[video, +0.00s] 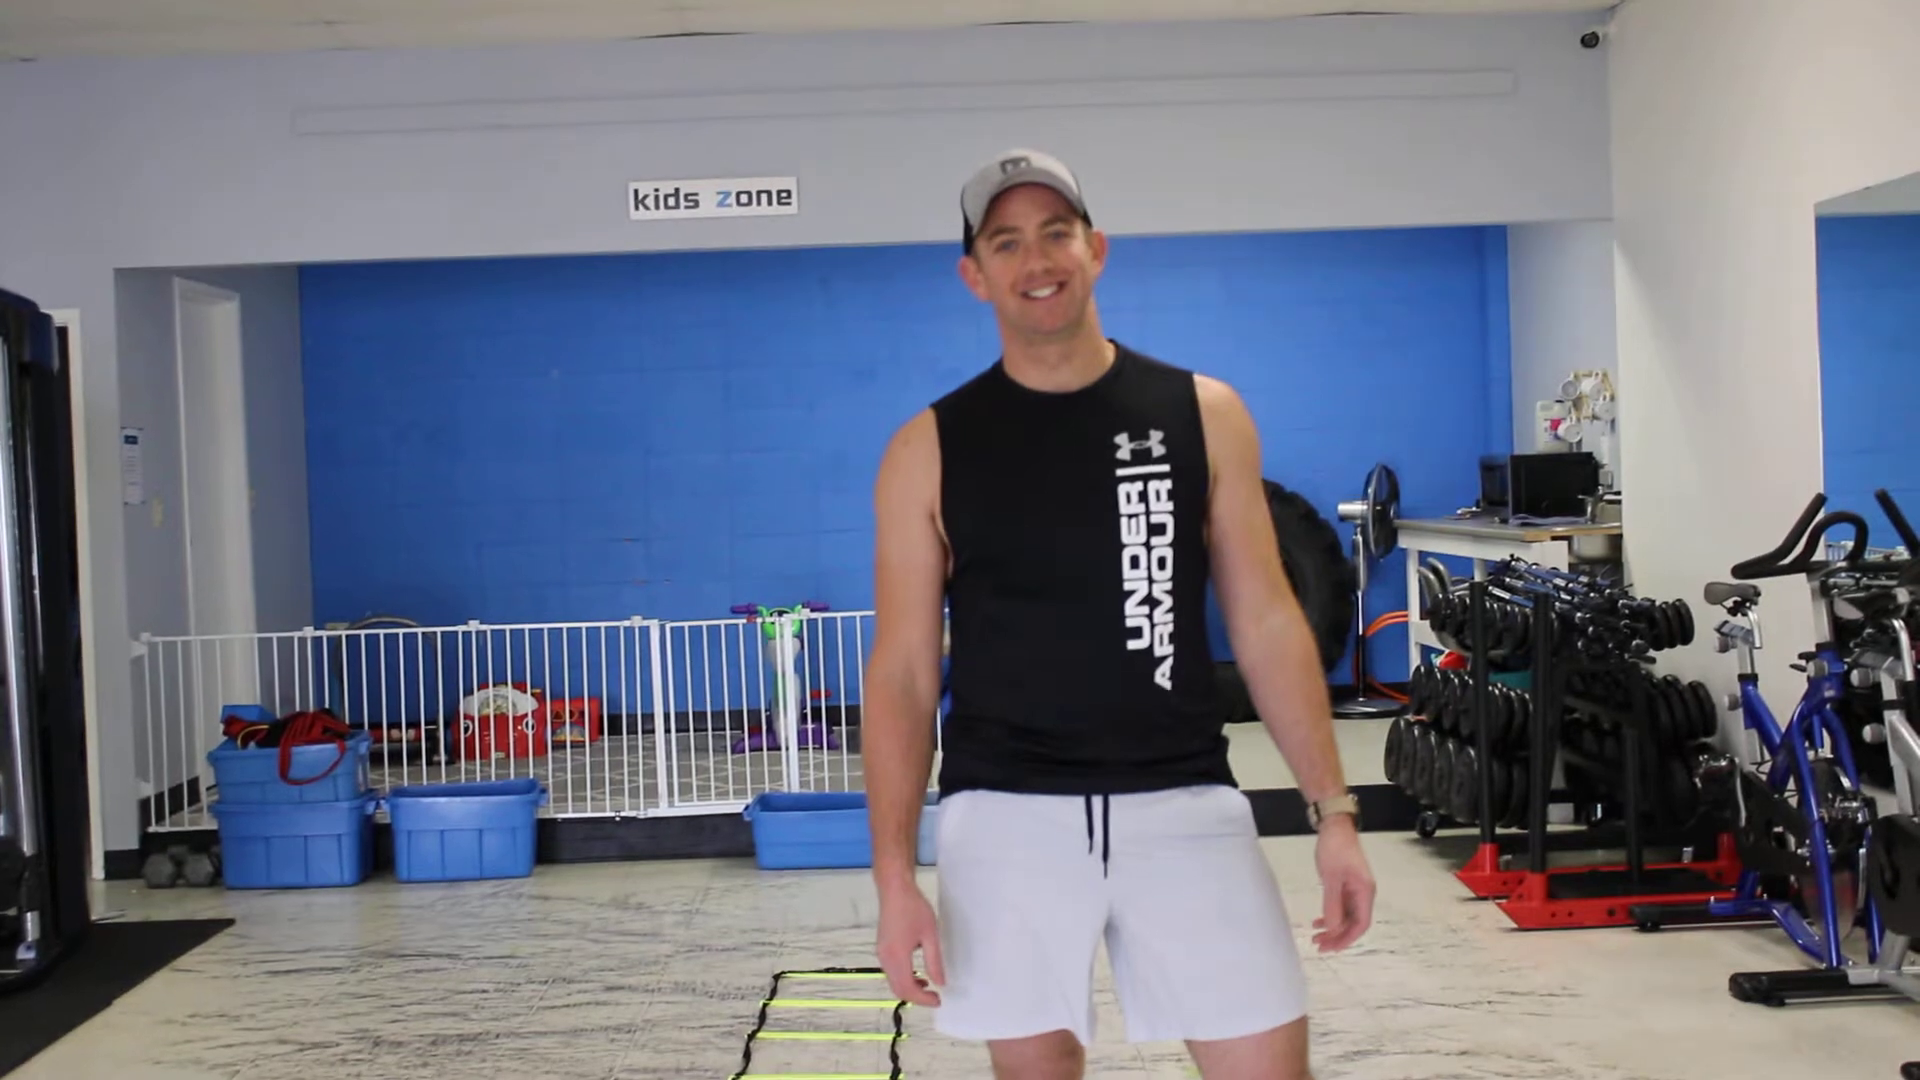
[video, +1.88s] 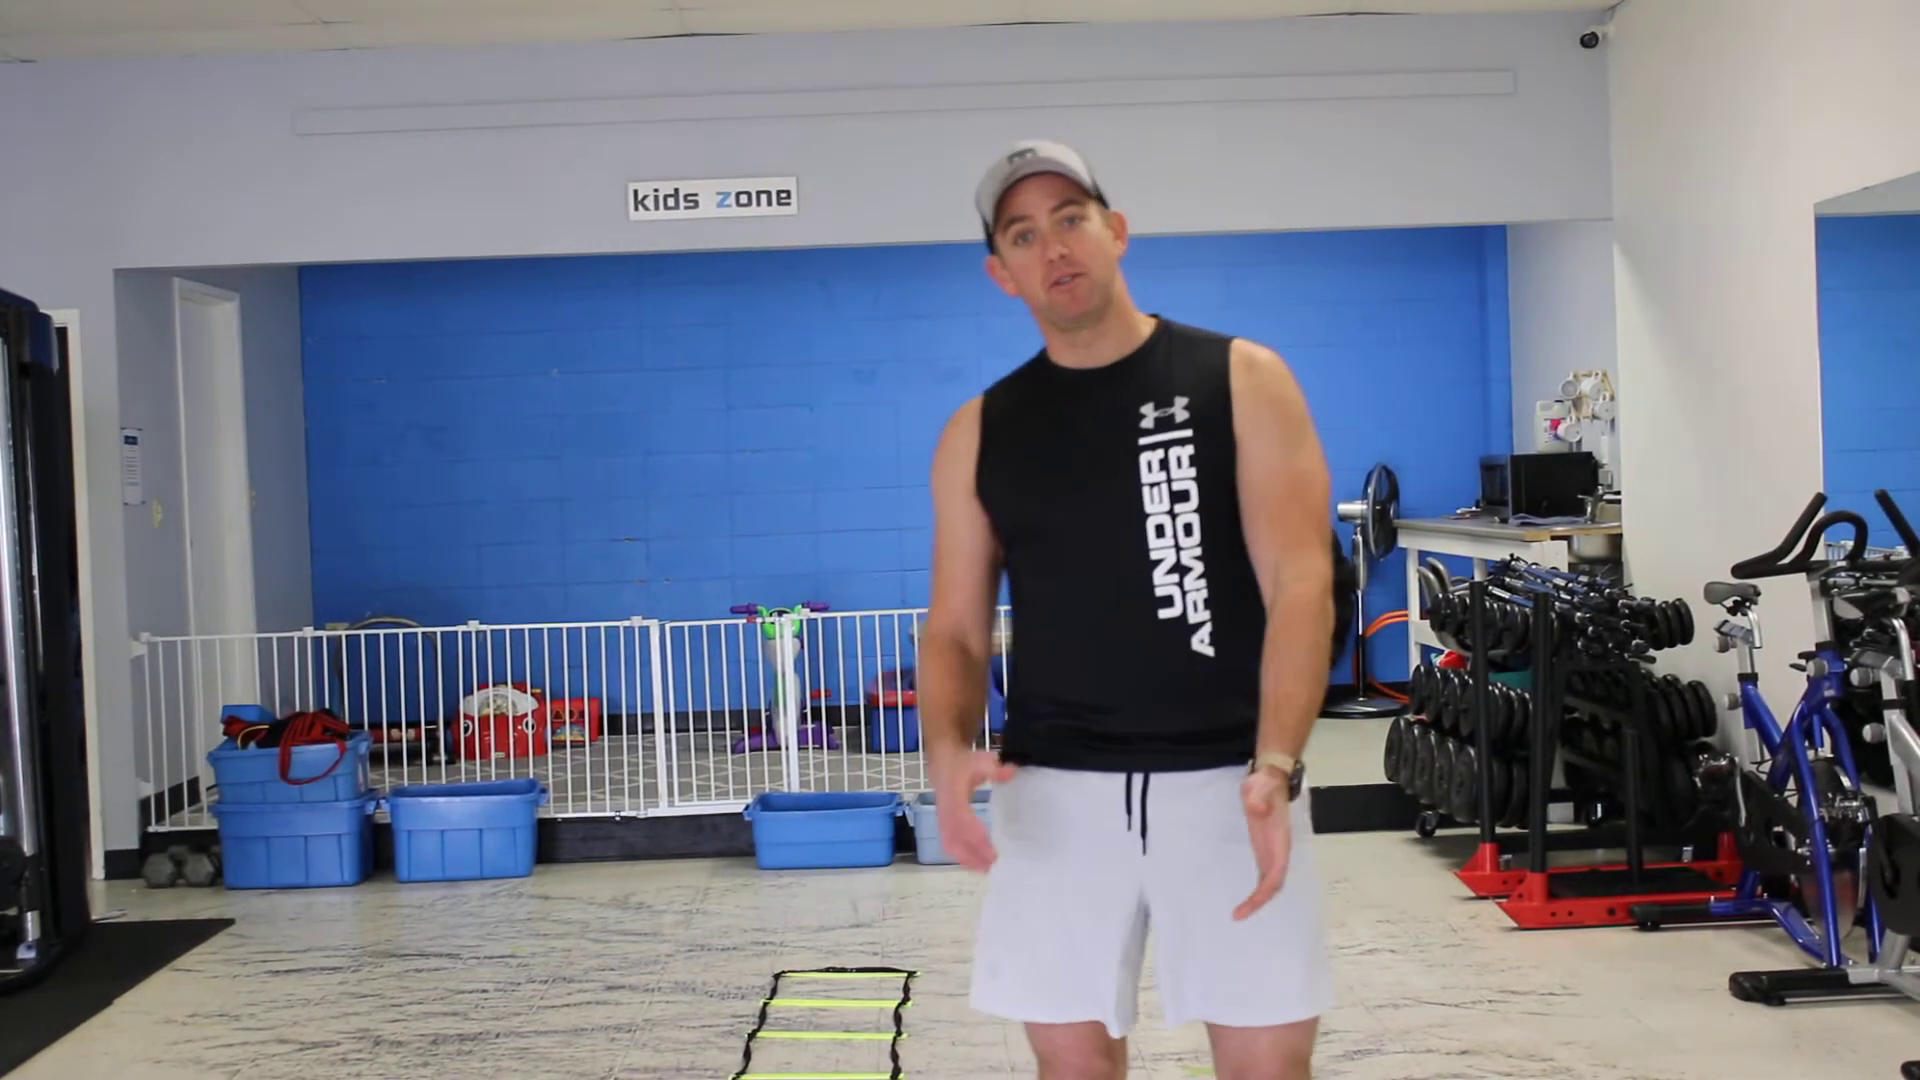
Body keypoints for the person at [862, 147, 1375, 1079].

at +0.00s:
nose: (1038, 256)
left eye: (1058, 231)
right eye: (1008, 241)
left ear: (1097, 250)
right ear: (976, 275)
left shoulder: (1205, 415)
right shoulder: (928, 450)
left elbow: (1265, 622)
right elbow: (902, 678)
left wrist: (1334, 814)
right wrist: (895, 880)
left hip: (1188, 814)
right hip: (1007, 825)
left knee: (1270, 1065)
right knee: (1037, 1066)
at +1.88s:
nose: (1054, 244)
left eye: (1071, 218)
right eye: (1024, 234)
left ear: (1117, 230)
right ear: (1004, 273)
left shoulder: (1242, 382)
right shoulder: (977, 434)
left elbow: (1299, 581)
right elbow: (955, 629)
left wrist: (1277, 761)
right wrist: (948, 746)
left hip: (1233, 795)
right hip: (1053, 806)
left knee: (1266, 1066)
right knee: (1072, 1065)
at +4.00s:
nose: (1020, 265)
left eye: (1038, 236)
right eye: (990, 250)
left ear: (1079, 243)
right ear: (962, 281)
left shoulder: (1201, 391)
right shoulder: (933, 427)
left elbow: (1286, 581)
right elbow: (892, 627)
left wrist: (1224, 661)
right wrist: (795, 779)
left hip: (1196, 789)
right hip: (1019, 806)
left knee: (1284, 1061)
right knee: (1045, 1065)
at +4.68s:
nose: (1035, 253)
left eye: (1057, 228)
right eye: (1006, 235)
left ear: (1094, 250)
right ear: (972, 268)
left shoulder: (1200, 397)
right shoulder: (926, 430)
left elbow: (1273, 572)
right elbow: (860, 615)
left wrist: (1260, 643)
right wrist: (810, 734)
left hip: (1198, 787)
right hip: (1018, 804)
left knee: (1288, 1060)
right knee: (1044, 1065)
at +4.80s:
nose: (1044, 249)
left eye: (1066, 225)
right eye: (1015, 231)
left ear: (1104, 247)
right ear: (982, 266)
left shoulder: (1208, 389)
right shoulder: (933, 421)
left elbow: (1287, 563)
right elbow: (863, 605)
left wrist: (1276, 640)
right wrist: (821, 714)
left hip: (1203, 785)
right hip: (1024, 800)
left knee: (1289, 1064)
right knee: (1049, 1066)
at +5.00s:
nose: (1078, 244)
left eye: (1100, 220)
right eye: (1051, 225)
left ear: (1141, 240)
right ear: (1019, 257)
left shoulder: (1241, 377)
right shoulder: (965, 400)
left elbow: (1342, 548)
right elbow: (896, 572)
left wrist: (1310, 580)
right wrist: (864, 633)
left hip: (1216, 777)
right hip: (1040, 785)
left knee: (1249, 1062)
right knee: (1059, 1062)